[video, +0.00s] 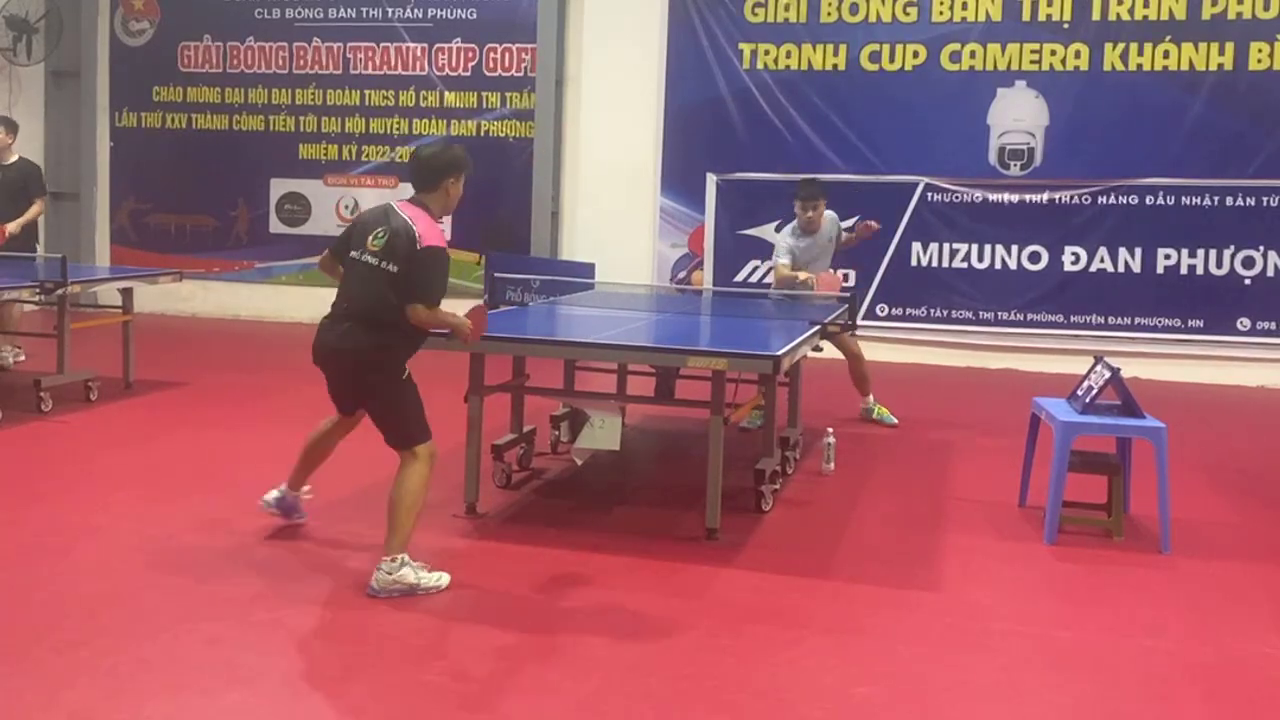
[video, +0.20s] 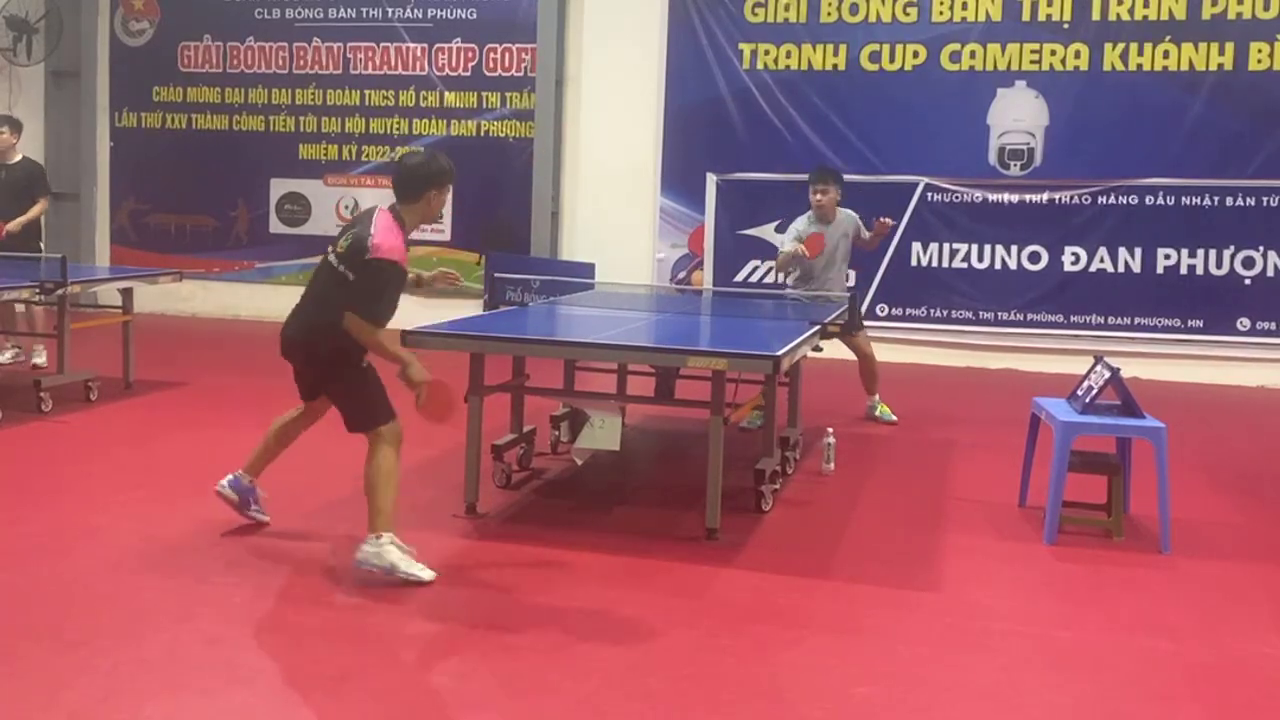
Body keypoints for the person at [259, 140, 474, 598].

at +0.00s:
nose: (461, 193)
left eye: (461, 185)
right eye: (461, 185)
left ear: (418, 180)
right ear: (449, 186)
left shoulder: (377, 214)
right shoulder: (429, 239)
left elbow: (328, 262)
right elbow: (417, 312)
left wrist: (369, 289)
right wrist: (458, 323)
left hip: (331, 342)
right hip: (375, 356)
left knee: (349, 416)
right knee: (419, 453)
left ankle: (288, 492)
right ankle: (393, 564)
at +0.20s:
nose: (445, 203)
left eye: (446, 194)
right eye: (443, 194)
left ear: (406, 192)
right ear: (429, 197)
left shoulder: (376, 219)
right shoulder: (388, 248)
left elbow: (367, 272)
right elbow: (357, 322)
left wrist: (417, 281)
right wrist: (406, 361)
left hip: (299, 333)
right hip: (330, 344)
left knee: (315, 406)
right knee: (386, 434)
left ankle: (243, 479)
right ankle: (380, 541)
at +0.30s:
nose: (428, 223)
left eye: (429, 215)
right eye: (426, 214)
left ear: (396, 212)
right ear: (405, 214)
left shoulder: (380, 246)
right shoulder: (350, 265)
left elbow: (393, 295)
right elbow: (300, 323)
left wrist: (445, 292)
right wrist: (338, 377)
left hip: (315, 348)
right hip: (302, 353)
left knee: (301, 418)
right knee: (380, 425)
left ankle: (230, 474)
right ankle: (336, 530)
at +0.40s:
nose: (396, 246)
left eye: (397, 239)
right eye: (394, 238)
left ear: (369, 235)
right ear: (374, 236)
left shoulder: (371, 274)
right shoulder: (305, 281)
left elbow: (405, 312)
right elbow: (247, 327)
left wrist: (442, 302)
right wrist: (248, 391)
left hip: (318, 364)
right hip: (289, 368)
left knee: (284, 426)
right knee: (369, 425)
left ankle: (212, 456)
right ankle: (336, 531)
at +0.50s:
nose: (354, 261)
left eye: (354, 254)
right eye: (350, 253)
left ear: (329, 256)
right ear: (327, 255)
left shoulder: (343, 284)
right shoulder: (260, 290)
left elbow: (388, 312)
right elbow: (209, 322)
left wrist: (406, 311)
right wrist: (190, 374)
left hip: (301, 378)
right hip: (272, 380)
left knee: (265, 436)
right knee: (342, 428)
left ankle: (191, 455)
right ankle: (334, 532)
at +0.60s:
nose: (309, 269)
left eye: (310, 261)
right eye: (304, 262)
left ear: (282, 263)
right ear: (278, 263)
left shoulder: (304, 289)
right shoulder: (218, 292)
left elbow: (358, 303)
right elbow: (178, 322)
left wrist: (353, 331)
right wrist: (154, 366)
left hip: (283, 389)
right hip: (248, 390)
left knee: (257, 455)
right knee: (303, 443)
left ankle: (176, 458)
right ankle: (323, 528)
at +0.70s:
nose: (272, 257)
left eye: (272, 249)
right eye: (265, 250)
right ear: (237, 255)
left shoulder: (275, 275)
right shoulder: (200, 299)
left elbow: (273, 321)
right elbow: (184, 350)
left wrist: (292, 353)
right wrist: (135, 384)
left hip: (269, 379)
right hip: (238, 387)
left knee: (263, 463)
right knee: (284, 447)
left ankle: (174, 460)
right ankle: (312, 524)